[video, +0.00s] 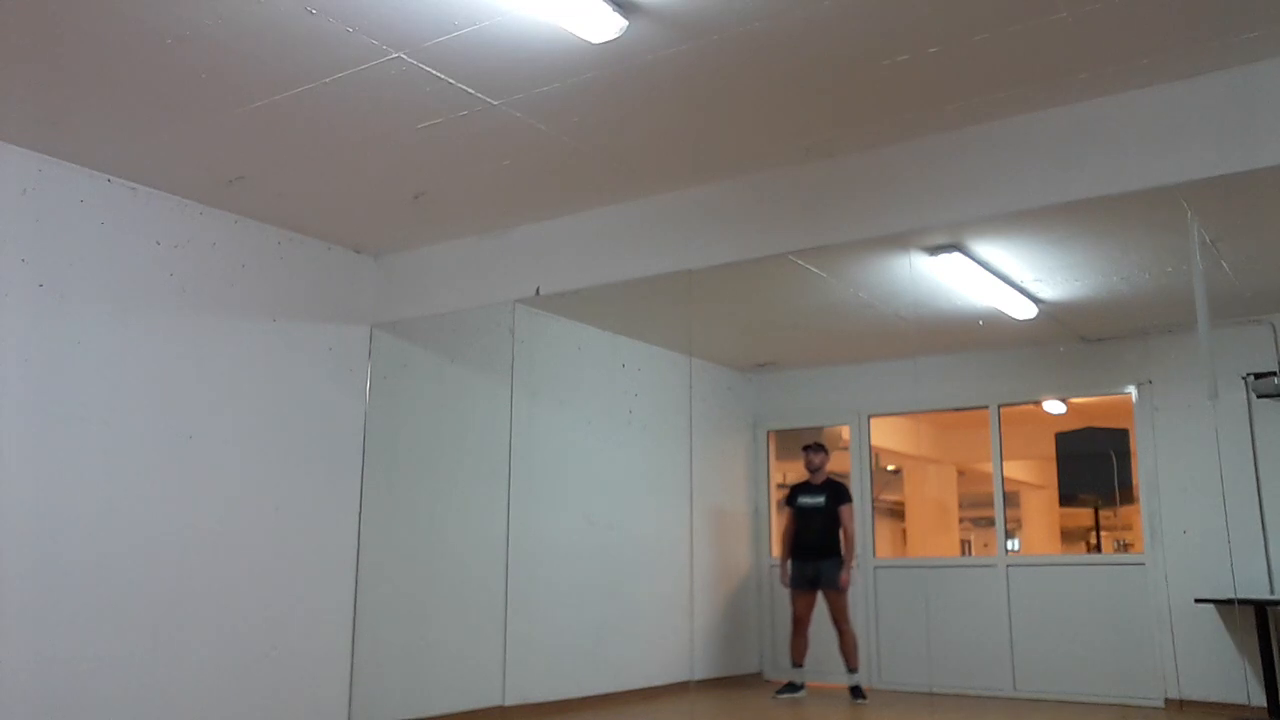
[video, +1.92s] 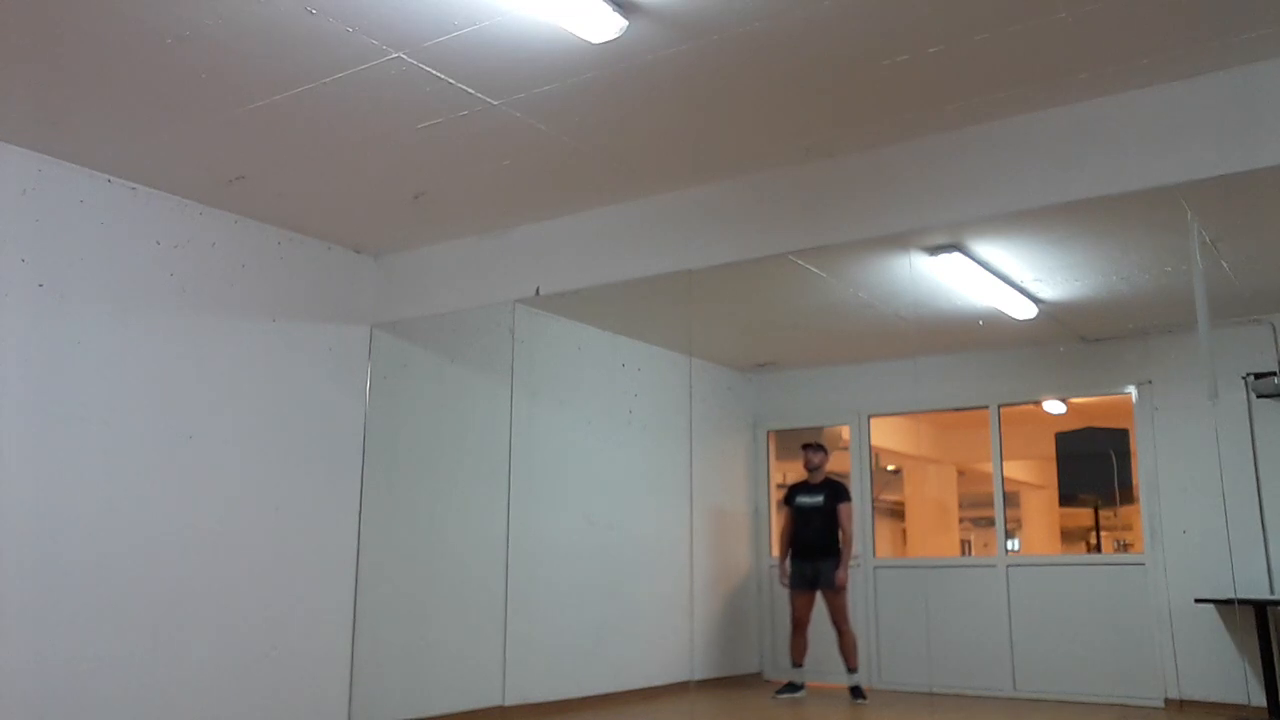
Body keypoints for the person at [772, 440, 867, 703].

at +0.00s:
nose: (812, 460)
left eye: (817, 455)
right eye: (809, 456)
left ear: (827, 459)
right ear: (804, 460)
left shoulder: (838, 490)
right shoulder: (796, 491)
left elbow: (848, 529)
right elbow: (789, 528)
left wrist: (847, 566)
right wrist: (784, 563)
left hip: (831, 564)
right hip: (802, 565)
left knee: (842, 623)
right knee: (799, 622)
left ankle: (854, 682)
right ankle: (797, 680)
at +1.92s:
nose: (811, 458)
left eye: (817, 454)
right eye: (808, 454)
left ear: (826, 459)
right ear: (803, 459)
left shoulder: (837, 489)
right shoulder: (794, 491)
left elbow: (846, 530)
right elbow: (787, 527)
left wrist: (844, 566)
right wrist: (783, 561)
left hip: (829, 563)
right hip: (800, 564)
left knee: (841, 623)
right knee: (798, 623)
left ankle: (854, 682)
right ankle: (796, 680)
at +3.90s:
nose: (812, 460)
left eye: (817, 455)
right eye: (808, 455)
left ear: (826, 459)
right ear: (803, 460)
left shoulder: (838, 490)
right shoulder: (795, 491)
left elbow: (847, 531)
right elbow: (787, 528)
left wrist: (844, 566)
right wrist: (784, 562)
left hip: (830, 563)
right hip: (801, 564)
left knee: (842, 623)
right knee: (799, 623)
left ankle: (854, 681)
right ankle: (796, 680)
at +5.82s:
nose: (810, 460)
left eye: (815, 455)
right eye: (807, 456)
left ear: (825, 458)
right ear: (803, 461)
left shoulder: (839, 490)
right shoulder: (796, 491)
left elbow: (847, 531)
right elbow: (788, 528)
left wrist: (843, 566)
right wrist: (785, 562)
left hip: (830, 563)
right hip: (801, 564)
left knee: (842, 624)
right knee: (799, 624)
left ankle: (854, 682)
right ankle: (796, 680)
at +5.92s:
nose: (810, 460)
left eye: (815, 455)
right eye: (807, 456)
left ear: (825, 458)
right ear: (803, 461)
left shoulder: (839, 490)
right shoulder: (796, 491)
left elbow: (847, 532)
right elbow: (788, 529)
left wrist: (843, 566)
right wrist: (785, 562)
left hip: (830, 563)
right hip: (801, 564)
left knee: (842, 624)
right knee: (799, 624)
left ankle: (854, 682)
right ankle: (796, 679)